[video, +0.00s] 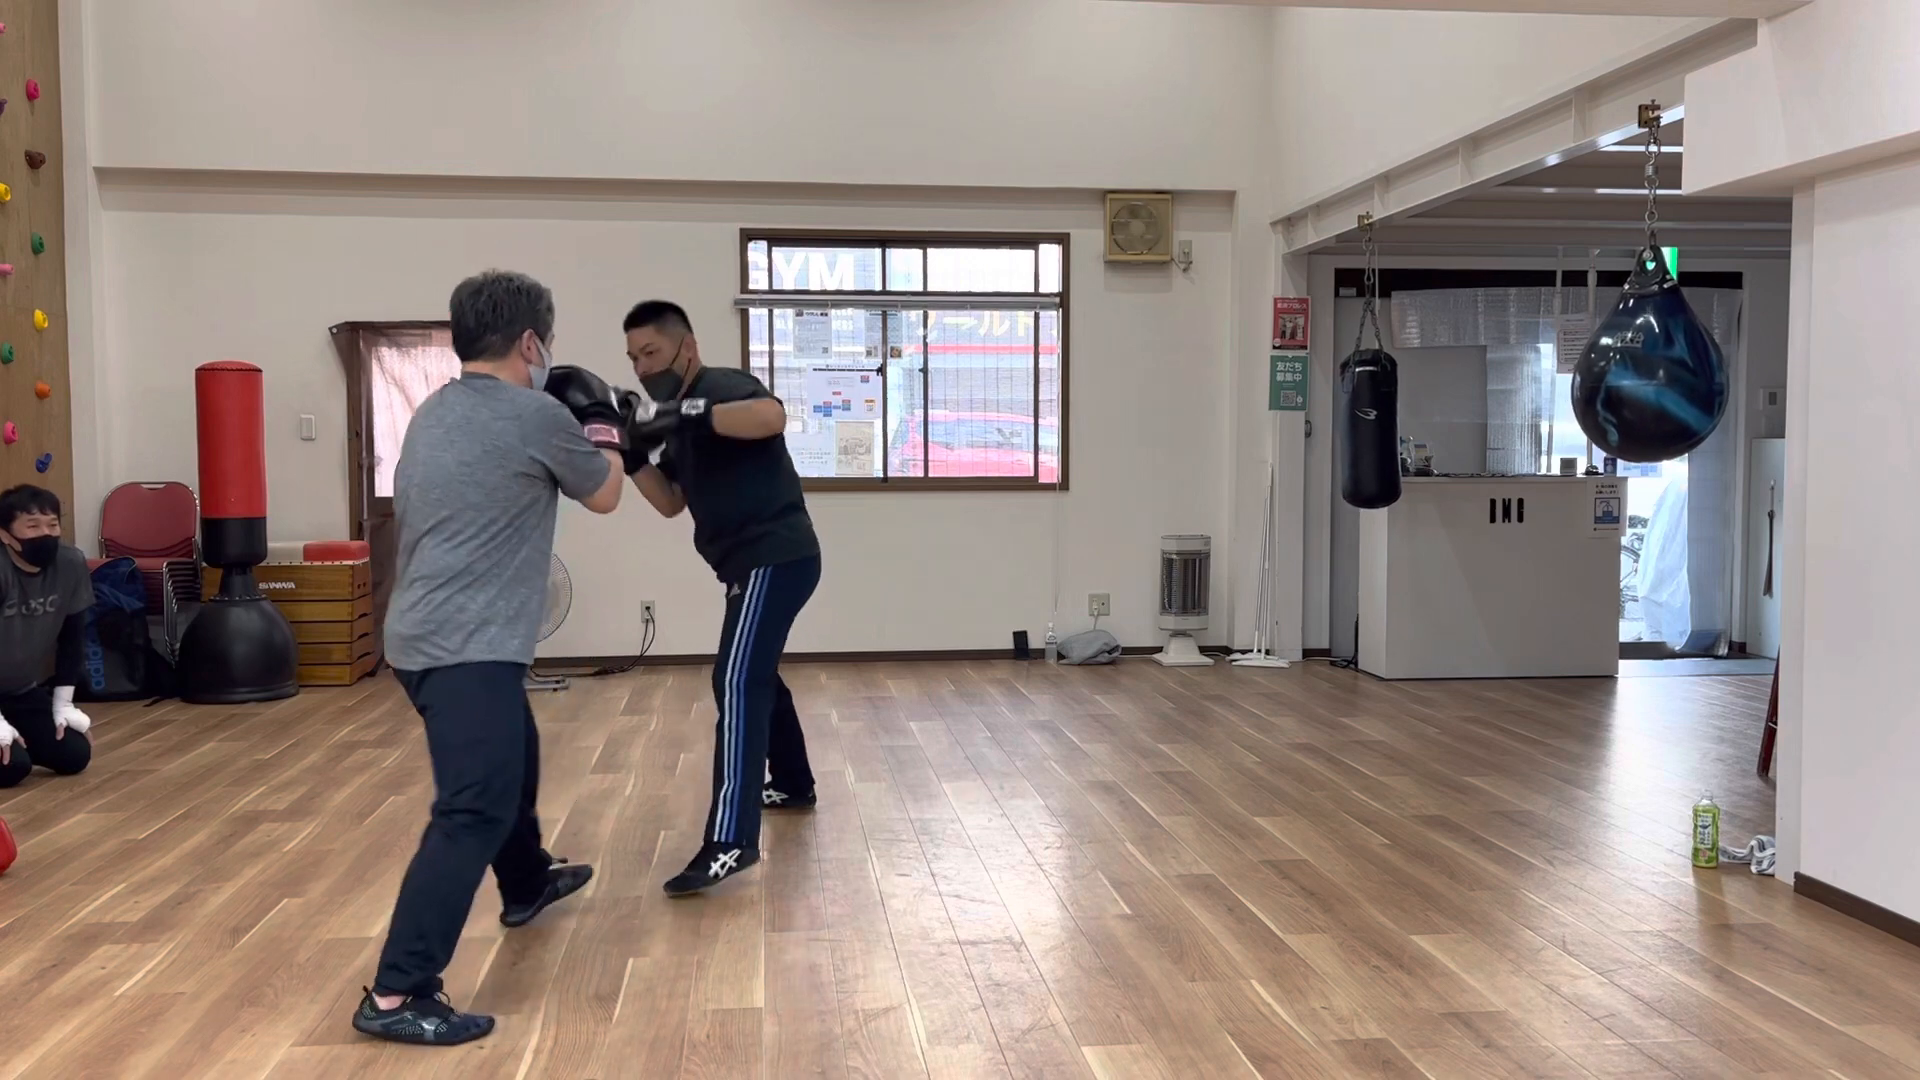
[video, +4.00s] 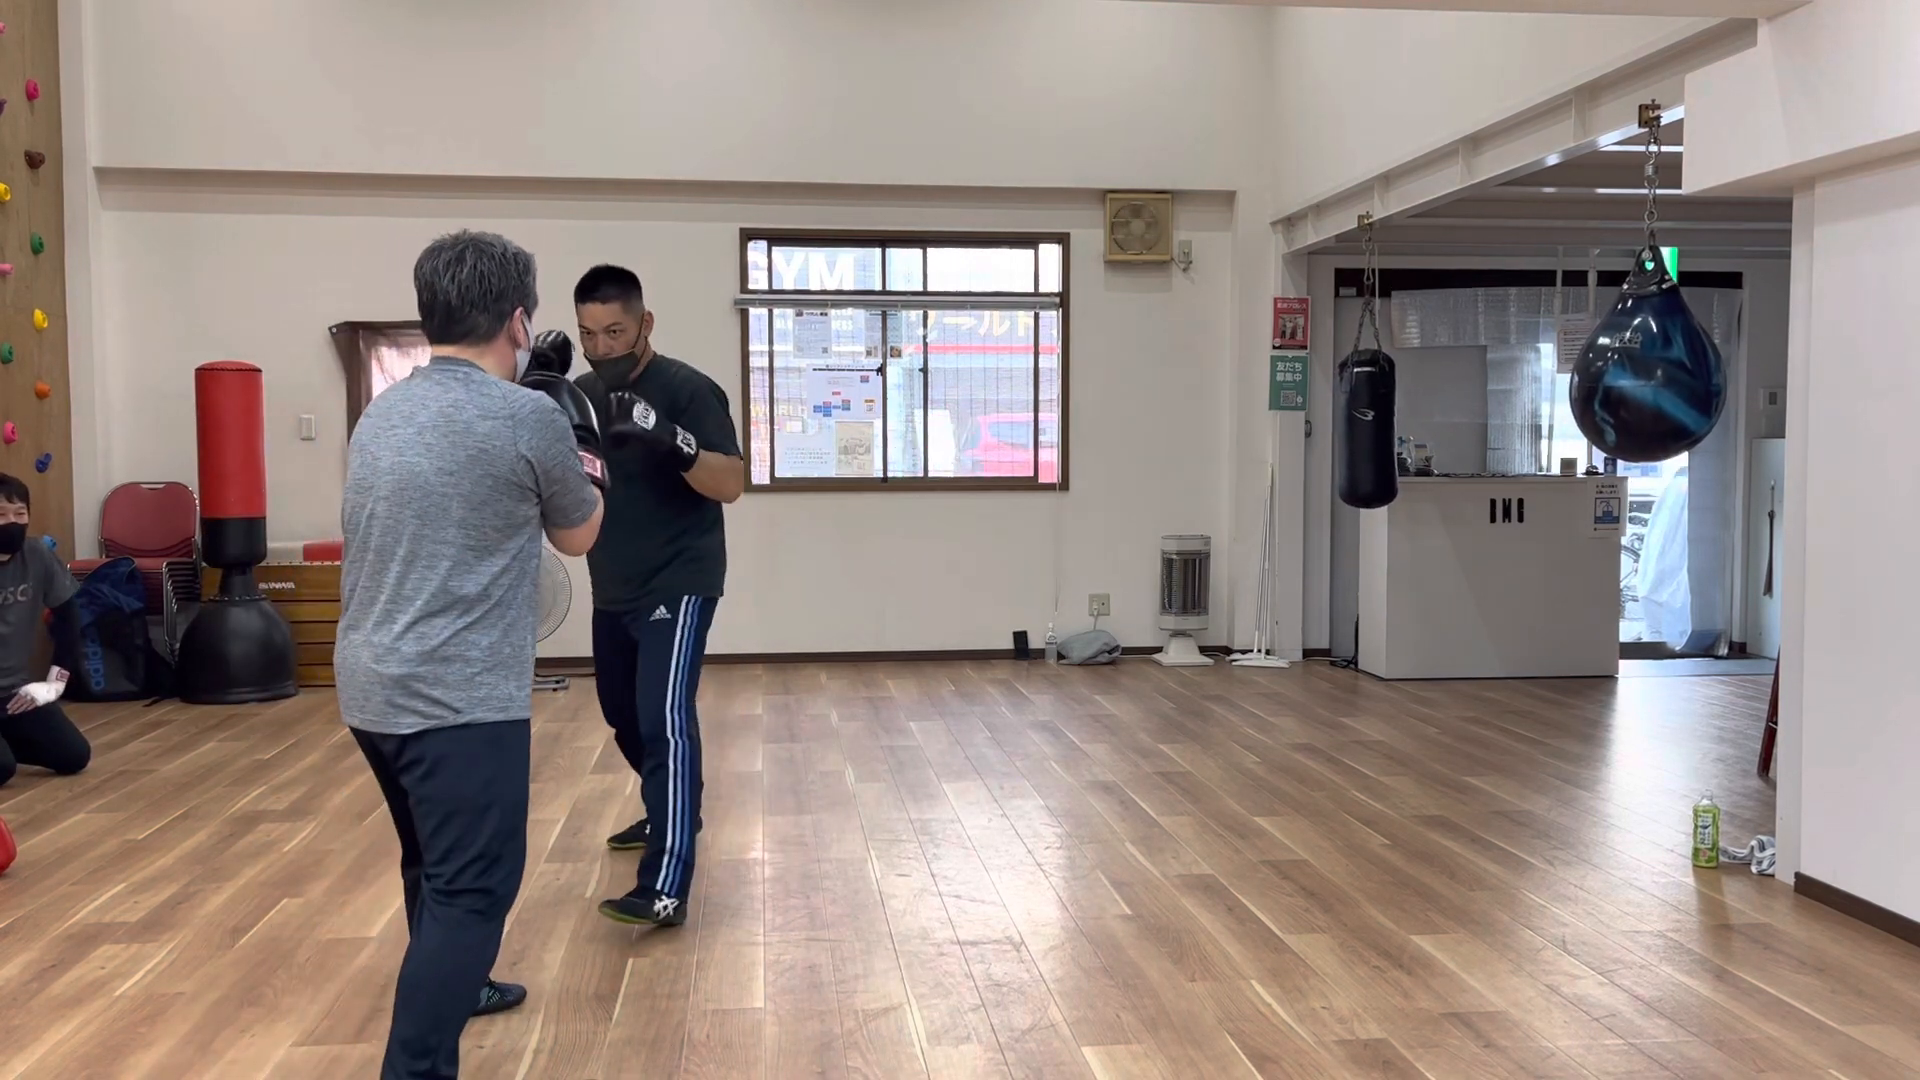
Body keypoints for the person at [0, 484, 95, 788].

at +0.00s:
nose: (46, 534)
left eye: (53, 524)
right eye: (33, 526)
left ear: (60, 526)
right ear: (7, 537)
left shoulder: (70, 563)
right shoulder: (2, 571)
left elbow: (72, 637)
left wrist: (63, 702)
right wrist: (0, 720)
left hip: (28, 691)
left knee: (74, 756)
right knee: (13, 767)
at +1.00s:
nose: (38, 533)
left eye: (45, 524)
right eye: (25, 525)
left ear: (53, 526)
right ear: (2, 532)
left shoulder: (66, 563)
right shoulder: (3, 571)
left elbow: (70, 637)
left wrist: (63, 701)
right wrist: (1, 722)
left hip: (30, 692)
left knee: (74, 756)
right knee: (13, 767)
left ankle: (14, 734)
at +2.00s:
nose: (22, 512)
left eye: (29, 503)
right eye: (10, 504)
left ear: (38, 510)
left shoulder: (48, 561)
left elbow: (67, 630)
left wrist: (65, 690)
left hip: (25, 693)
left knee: (75, 755)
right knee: (11, 767)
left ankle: (10, 730)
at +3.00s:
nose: (5, 510)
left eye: (9, 502)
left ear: (16, 507)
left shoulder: (29, 551)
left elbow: (58, 613)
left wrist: (42, 678)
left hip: (13, 689)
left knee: (74, 756)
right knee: (2, 767)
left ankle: (2, 742)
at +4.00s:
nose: (12, 522)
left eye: (19, 513)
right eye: (2, 514)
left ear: (29, 516)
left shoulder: (35, 555)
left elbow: (67, 612)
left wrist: (55, 681)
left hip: (16, 693)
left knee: (74, 756)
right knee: (2, 767)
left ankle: (2, 742)